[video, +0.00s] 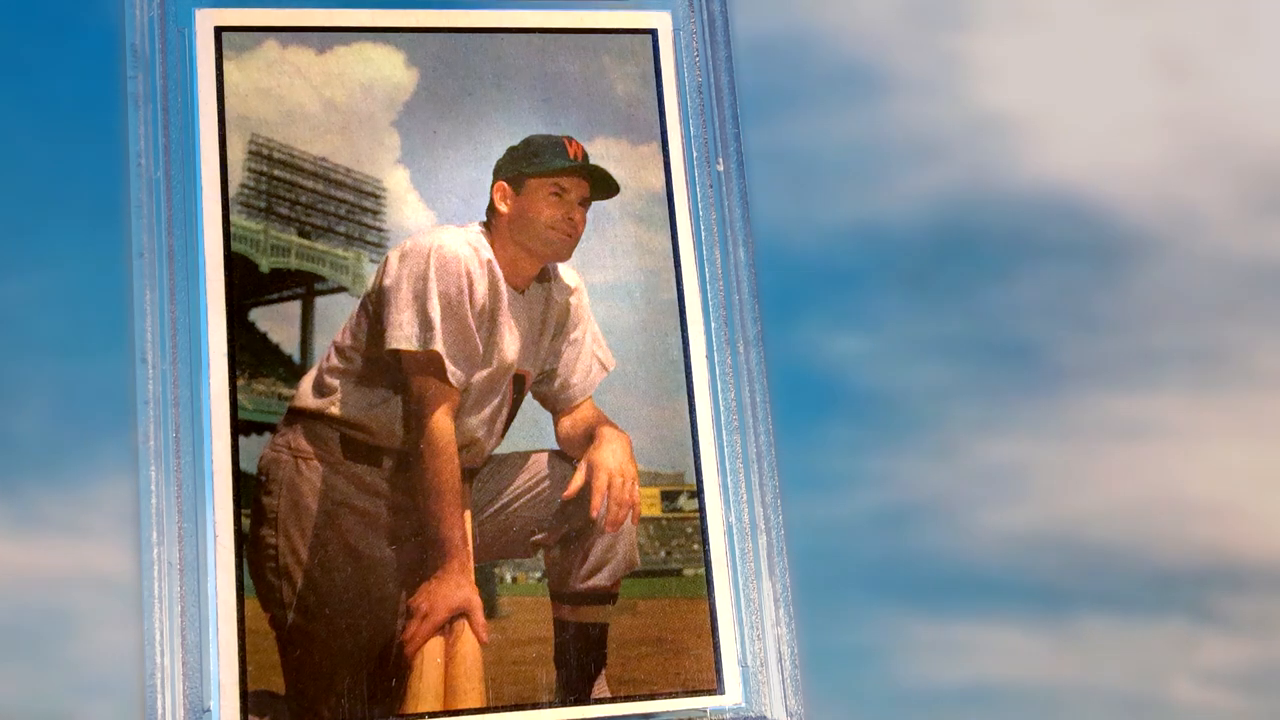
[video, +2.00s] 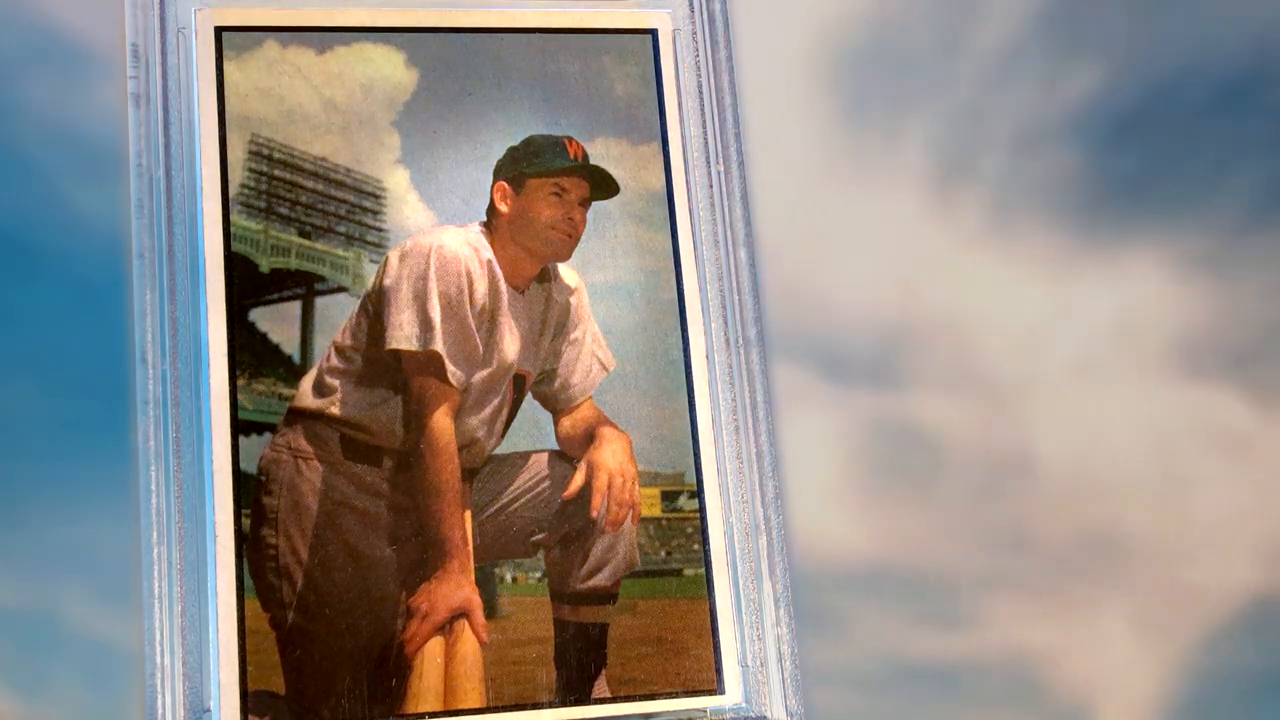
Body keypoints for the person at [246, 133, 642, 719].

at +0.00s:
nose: (576, 215)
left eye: (583, 204)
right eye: (557, 193)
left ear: (586, 218)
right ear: (504, 197)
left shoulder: (560, 294)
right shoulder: (441, 256)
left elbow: (574, 416)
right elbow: (433, 418)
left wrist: (609, 434)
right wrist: (454, 565)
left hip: (439, 486)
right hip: (334, 478)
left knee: (596, 487)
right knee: (347, 701)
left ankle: (580, 693)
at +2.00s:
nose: (576, 215)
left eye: (584, 203)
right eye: (557, 193)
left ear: (587, 217)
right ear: (504, 197)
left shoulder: (560, 295)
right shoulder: (442, 256)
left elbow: (575, 416)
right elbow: (432, 419)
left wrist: (609, 434)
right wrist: (454, 566)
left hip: (439, 486)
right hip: (335, 480)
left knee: (594, 487)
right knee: (346, 704)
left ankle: (580, 696)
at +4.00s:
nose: (576, 215)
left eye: (584, 204)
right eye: (557, 194)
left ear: (587, 217)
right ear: (505, 198)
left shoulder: (560, 295)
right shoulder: (441, 256)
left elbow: (575, 417)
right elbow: (432, 420)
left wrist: (609, 434)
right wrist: (454, 565)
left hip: (441, 486)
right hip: (335, 479)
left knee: (594, 487)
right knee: (347, 700)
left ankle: (581, 698)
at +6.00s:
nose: (576, 215)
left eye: (584, 203)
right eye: (558, 193)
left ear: (586, 217)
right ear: (505, 197)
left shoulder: (560, 296)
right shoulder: (441, 256)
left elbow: (575, 416)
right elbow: (431, 420)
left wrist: (609, 435)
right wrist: (454, 566)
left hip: (439, 486)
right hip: (334, 478)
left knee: (595, 488)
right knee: (349, 705)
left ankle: (580, 696)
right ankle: (243, 707)